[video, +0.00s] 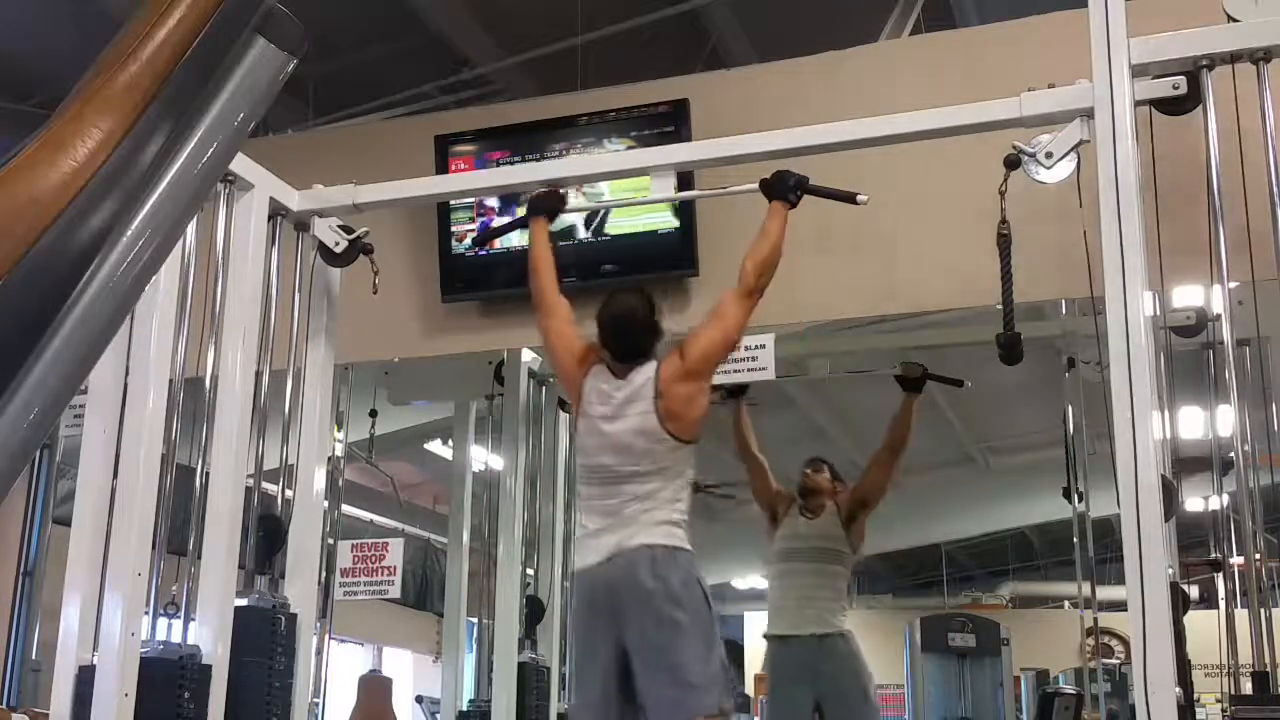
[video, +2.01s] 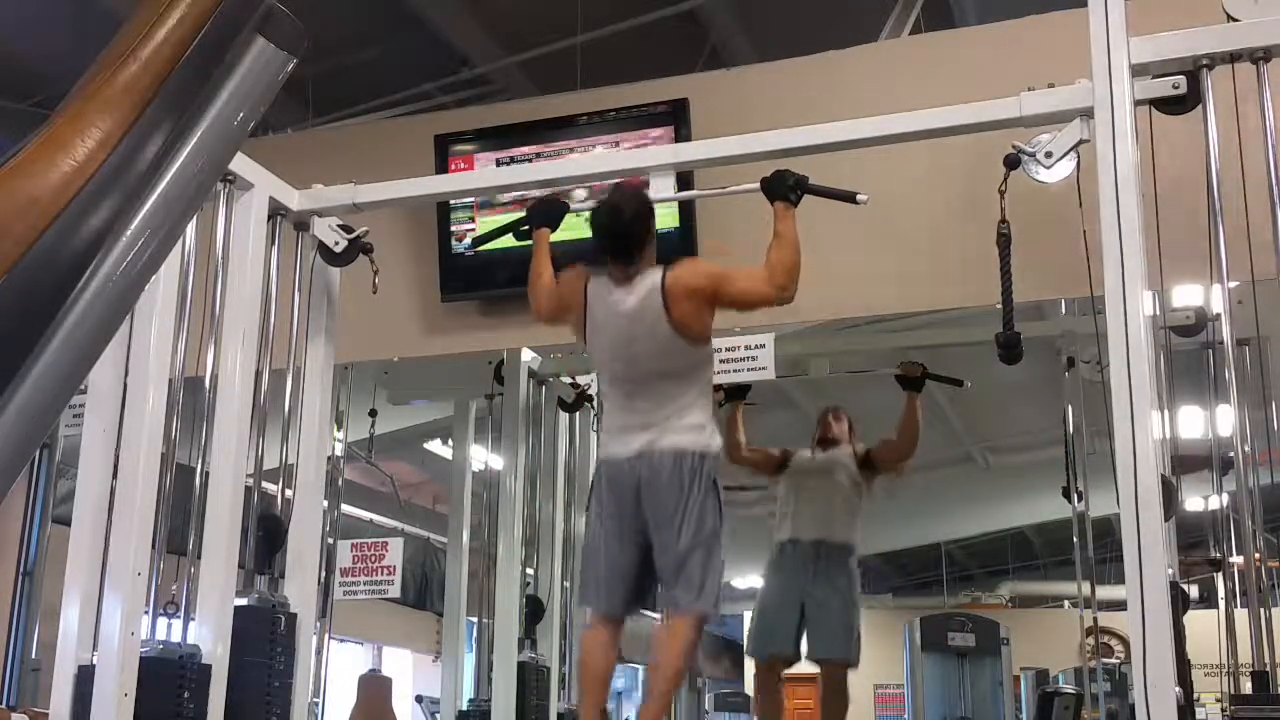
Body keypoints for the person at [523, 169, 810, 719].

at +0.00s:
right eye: (650, 315)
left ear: (601, 338)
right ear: (655, 331)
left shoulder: (583, 377)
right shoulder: (684, 373)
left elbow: (547, 300)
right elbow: (749, 288)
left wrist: (538, 219)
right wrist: (779, 203)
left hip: (590, 570)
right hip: (658, 562)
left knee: (595, 711)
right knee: (693, 709)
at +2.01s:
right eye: (647, 222)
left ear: (599, 237)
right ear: (654, 230)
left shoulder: (584, 289)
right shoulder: (691, 281)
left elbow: (542, 301)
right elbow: (779, 285)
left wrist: (540, 234)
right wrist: (784, 206)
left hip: (614, 465)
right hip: (683, 462)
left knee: (603, 610)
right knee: (685, 604)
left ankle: (590, 716)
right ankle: (651, 715)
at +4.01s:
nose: (660, 281)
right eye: (660, 274)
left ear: (611, 288)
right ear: (663, 280)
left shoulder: (590, 336)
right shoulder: (700, 320)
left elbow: (549, 302)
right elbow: (781, 288)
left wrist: (544, 234)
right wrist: (784, 207)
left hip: (625, 516)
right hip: (693, 511)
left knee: (629, 660)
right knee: (705, 655)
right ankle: (660, 719)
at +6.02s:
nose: (665, 169)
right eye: (666, 161)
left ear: (613, 183)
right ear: (667, 173)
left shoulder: (590, 240)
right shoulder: (699, 228)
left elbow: (543, 303)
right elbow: (779, 281)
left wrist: (541, 235)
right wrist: (786, 207)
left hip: (632, 404)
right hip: (696, 398)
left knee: (639, 550)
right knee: (699, 544)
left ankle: (662, 679)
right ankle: (647, 679)